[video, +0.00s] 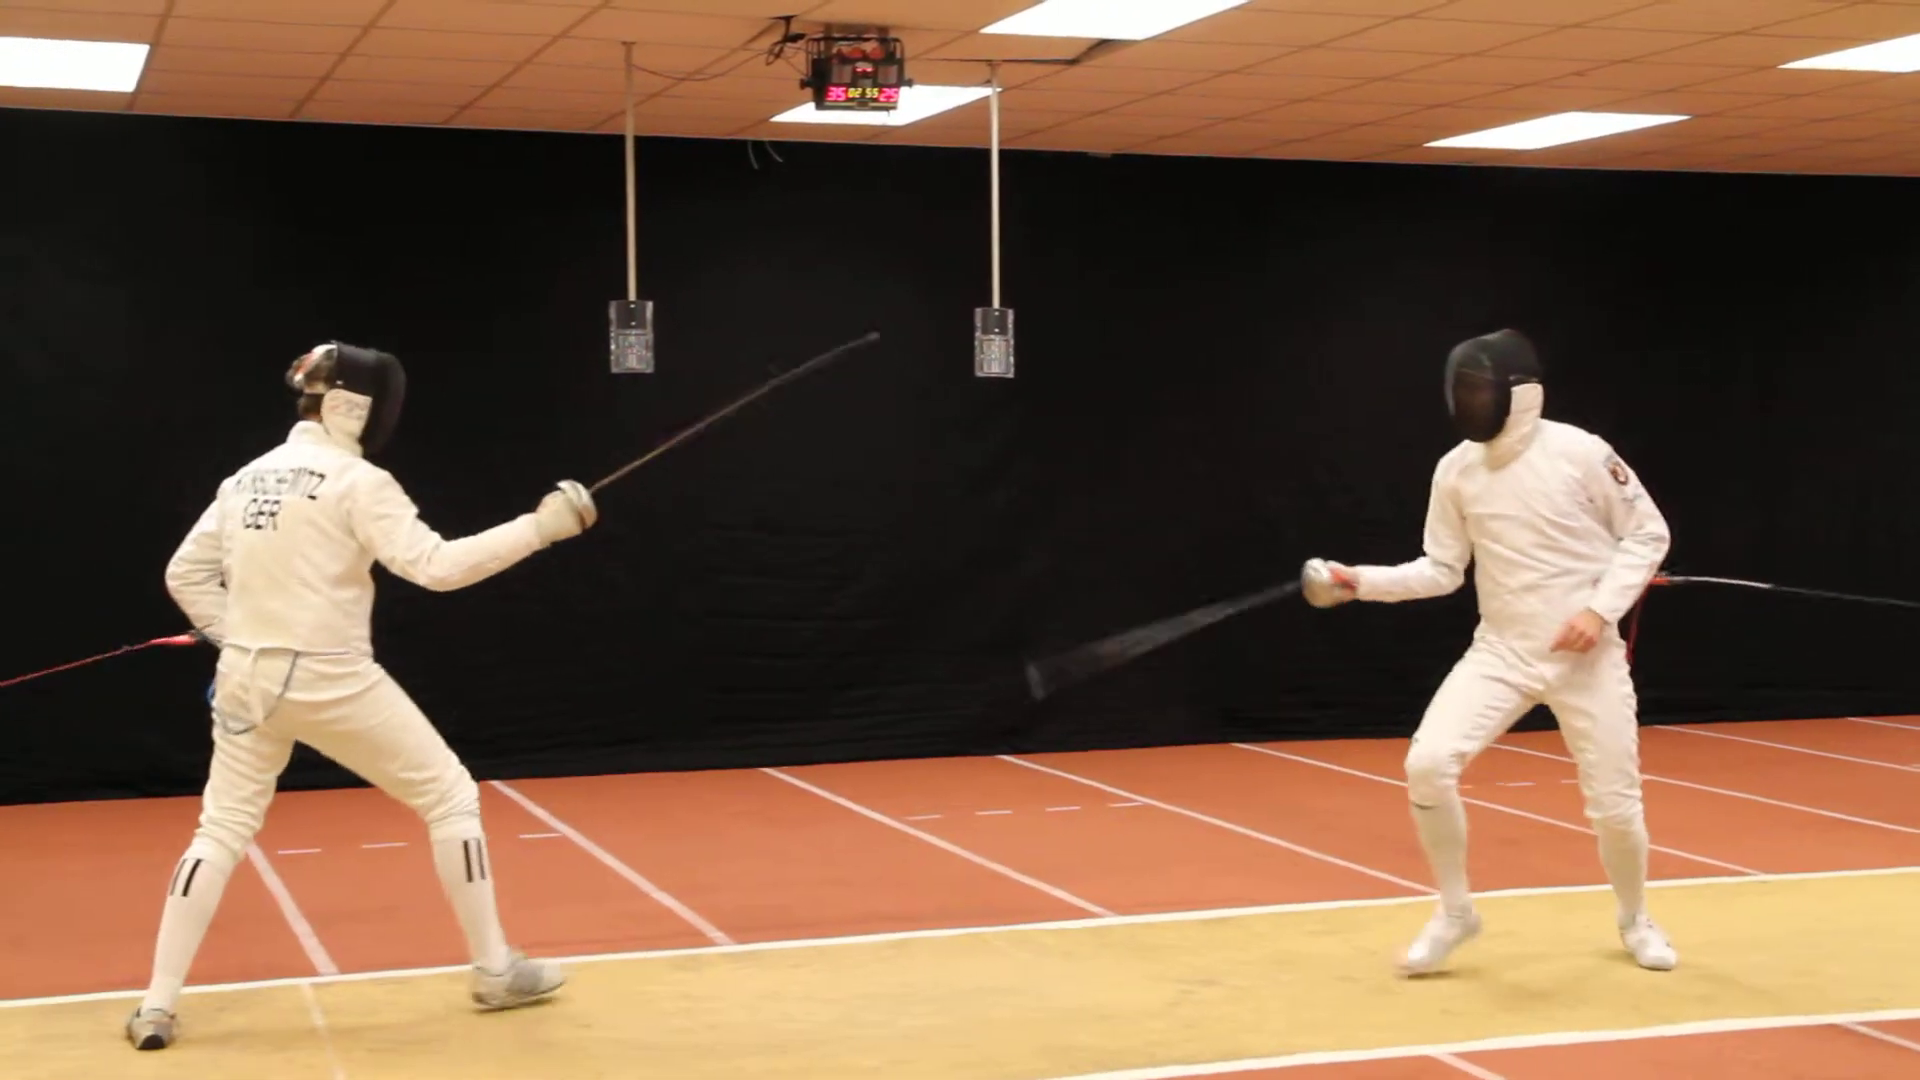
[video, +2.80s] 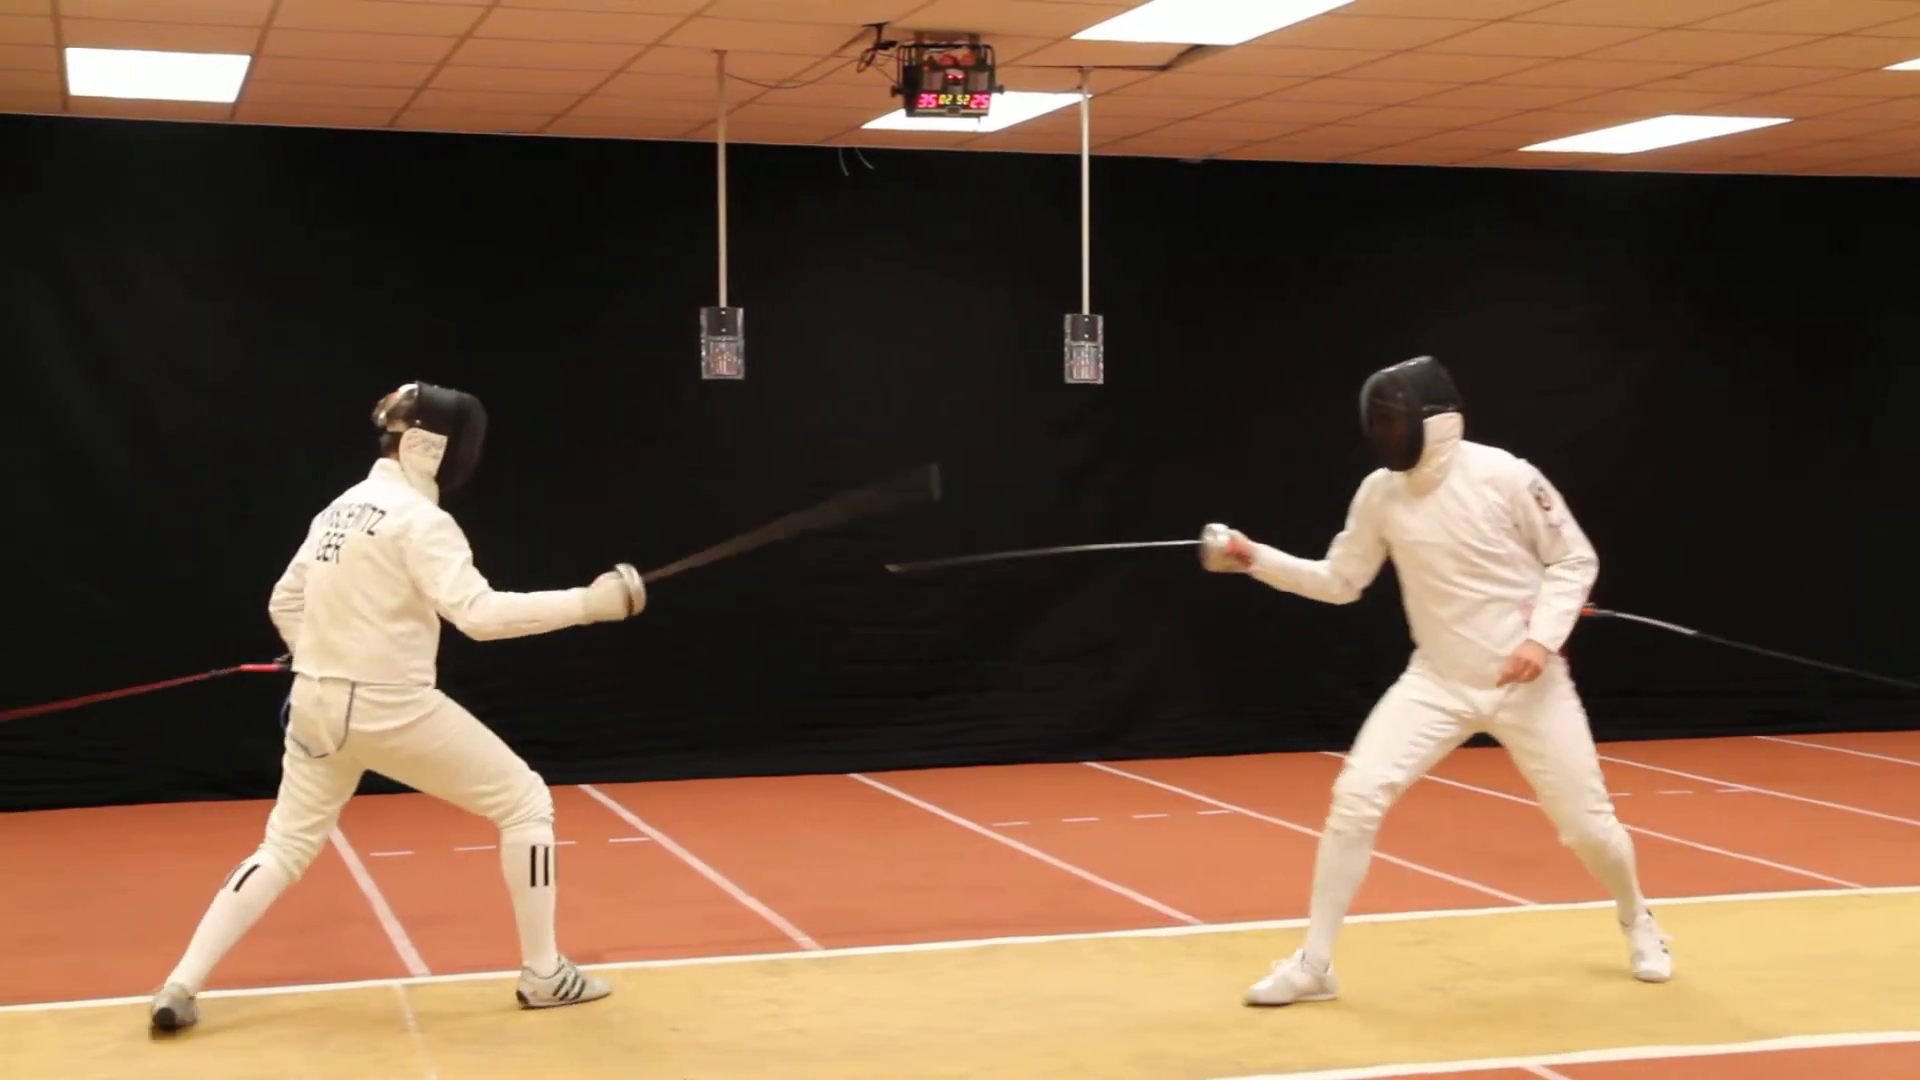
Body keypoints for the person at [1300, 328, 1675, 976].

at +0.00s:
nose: (1465, 401)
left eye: (1479, 388)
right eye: (1462, 388)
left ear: (1522, 391)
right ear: (1461, 393)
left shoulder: (1581, 455)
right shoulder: (1456, 472)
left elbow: (1648, 536)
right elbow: (1442, 568)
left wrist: (1601, 609)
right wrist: (1358, 580)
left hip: (1589, 659)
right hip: (1499, 654)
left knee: (1616, 809)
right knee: (1427, 766)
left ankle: (1635, 921)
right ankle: (1455, 913)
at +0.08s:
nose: (1460, 402)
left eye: (1475, 389)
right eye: (1458, 389)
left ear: (1518, 391)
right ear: (1457, 393)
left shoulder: (1580, 456)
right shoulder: (1454, 473)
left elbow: (1646, 537)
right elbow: (1428, 571)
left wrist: (1599, 611)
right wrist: (1337, 563)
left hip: (1588, 660)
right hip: (1498, 656)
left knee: (1619, 811)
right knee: (1421, 769)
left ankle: (1644, 923)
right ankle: (1403, 930)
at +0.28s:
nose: (1408, 425)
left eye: (1422, 410)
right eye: (1405, 411)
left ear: (1464, 414)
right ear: (1407, 418)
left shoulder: (1533, 476)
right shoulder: (1405, 492)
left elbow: (1599, 558)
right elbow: (1337, 567)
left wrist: (1567, 641)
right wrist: (1244, 547)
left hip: (1548, 685)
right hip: (1455, 681)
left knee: (1605, 826)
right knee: (1370, 794)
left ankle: (1651, 927)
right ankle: (1315, 953)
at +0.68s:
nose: (1348, 440)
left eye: (1360, 427)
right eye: (1344, 427)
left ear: (1404, 429)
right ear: (1346, 433)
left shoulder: (1473, 485)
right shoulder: (1347, 504)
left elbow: (1552, 560)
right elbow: (1264, 560)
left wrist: (1526, 649)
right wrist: (1170, 530)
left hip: (1509, 690)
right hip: (1414, 689)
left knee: (1578, 829)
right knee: (1316, 788)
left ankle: (1590, 934)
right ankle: (1319, 956)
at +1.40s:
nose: (1409, 417)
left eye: (1422, 403)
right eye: (1406, 404)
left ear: (1464, 402)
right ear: (1406, 408)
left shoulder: (1529, 461)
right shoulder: (1406, 480)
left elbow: (1603, 541)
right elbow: (1352, 559)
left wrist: (1549, 616)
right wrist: (1264, 543)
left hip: (1558, 665)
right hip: (1466, 666)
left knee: (1590, 815)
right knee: (1393, 788)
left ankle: (1615, 936)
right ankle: (1354, 952)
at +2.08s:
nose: (1368, 427)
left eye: (1380, 414)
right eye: (1365, 414)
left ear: (1425, 414)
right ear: (1369, 418)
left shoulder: (1496, 472)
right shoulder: (1365, 485)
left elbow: (1559, 553)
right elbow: (1279, 535)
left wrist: (1534, 635)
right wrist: (1176, 517)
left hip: (1510, 681)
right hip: (1416, 676)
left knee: (1562, 822)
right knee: (1341, 793)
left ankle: (1603, 940)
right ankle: (1326, 962)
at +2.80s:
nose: (1381, 432)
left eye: (1393, 417)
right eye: (1376, 419)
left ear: (1435, 416)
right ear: (1377, 423)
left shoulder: (1505, 477)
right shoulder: (1380, 495)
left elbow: (1575, 562)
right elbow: (1341, 581)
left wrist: (1542, 640)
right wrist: (1252, 557)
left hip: (1528, 684)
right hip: (1435, 682)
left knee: (1591, 831)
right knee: (1355, 799)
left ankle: (1638, 923)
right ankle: (1313, 962)